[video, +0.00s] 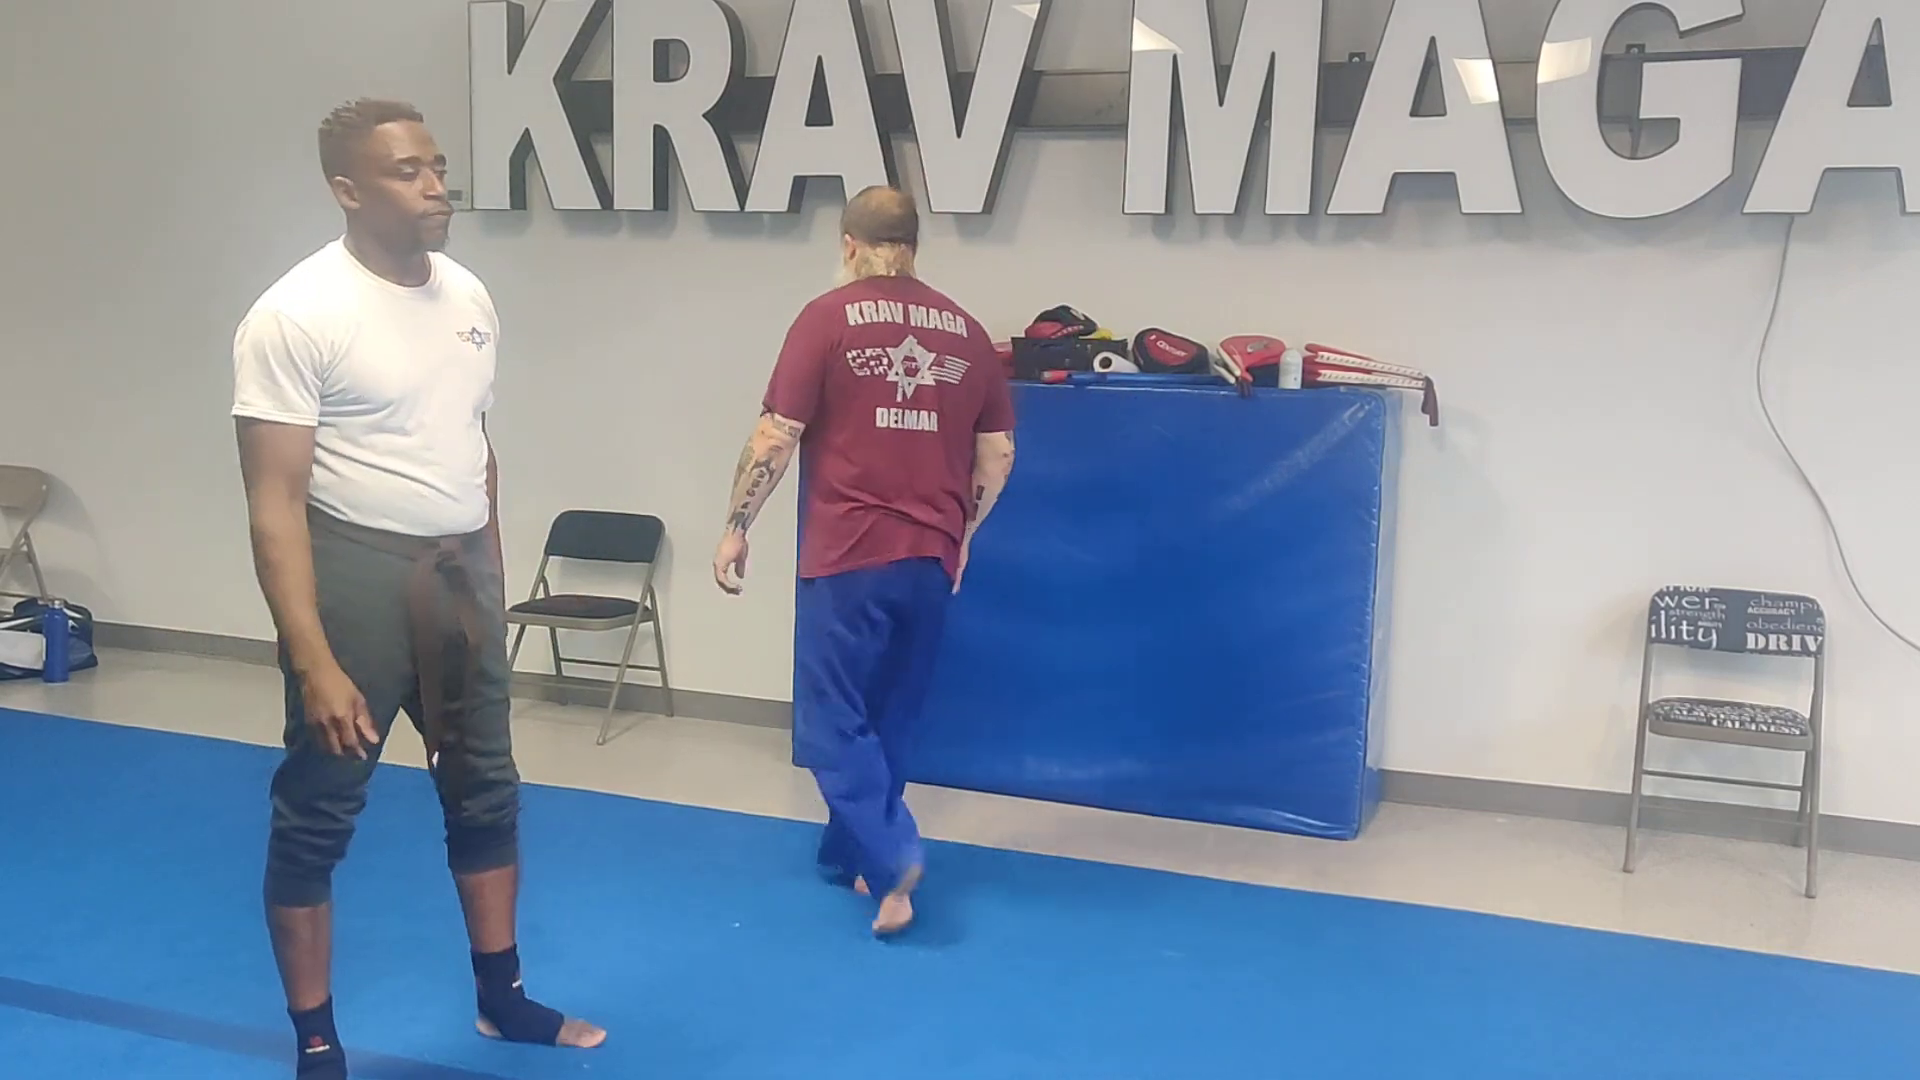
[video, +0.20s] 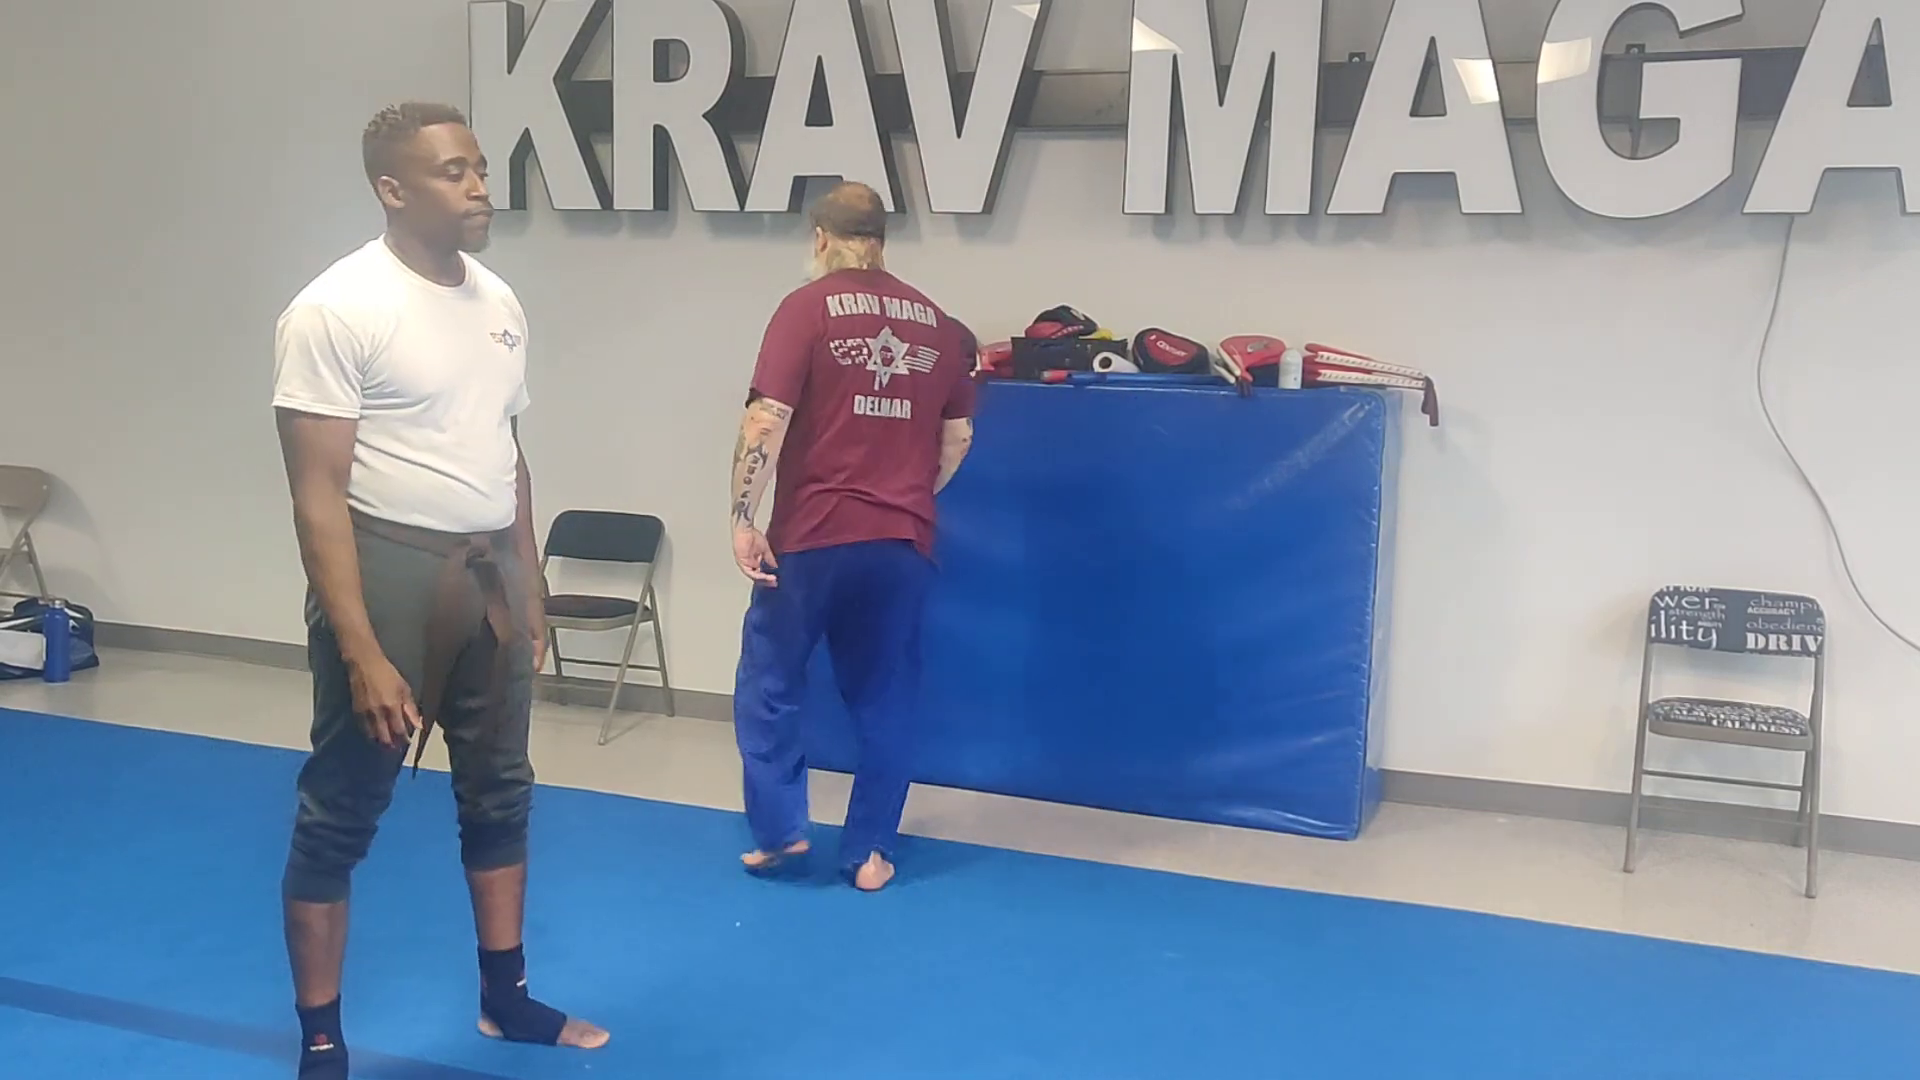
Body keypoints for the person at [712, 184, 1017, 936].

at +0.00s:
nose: (841, 255)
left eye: (842, 246)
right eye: (850, 245)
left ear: (851, 247)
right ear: (914, 248)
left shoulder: (828, 316)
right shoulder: (968, 330)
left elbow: (777, 436)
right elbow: (997, 451)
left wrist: (737, 526)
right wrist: (960, 532)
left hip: (847, 553)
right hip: (933, 555)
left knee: (831, 718)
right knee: (891, 710)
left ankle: (896, 859)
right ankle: (846, 851)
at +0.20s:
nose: (812, 252)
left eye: (812, 242)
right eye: (815, 242)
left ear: (823, 241)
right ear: (881, 242)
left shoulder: (808, 306)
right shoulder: (944, 327)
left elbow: (768, 416)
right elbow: (956, 437)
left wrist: (742, 516)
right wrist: (910, 497)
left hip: (815, 532)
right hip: (903, 536)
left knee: (768, 684)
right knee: (888, 694)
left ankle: (783, 831)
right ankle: (871, 852)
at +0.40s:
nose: (761, 267)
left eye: (761, 257)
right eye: (762, 257)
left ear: (772, 255)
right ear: (831, 256)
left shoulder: (763, 323)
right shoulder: (887, 326)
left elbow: (734, 433)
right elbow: (915, 436)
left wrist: (714, 529)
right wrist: (874, 499)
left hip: (787, 532)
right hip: (870, 533)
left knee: (757, 676)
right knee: (877, 684)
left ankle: (739, 803)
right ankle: (874, 841)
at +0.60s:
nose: (708, 267)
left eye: (708, 258)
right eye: (710, 258)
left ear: (718, 256)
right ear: (775, 251)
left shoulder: (711, 325)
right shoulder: (838, 316)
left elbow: (675, 437)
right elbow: (875, 424)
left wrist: (652, 518)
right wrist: (849, 487)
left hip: (744, 524)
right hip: (827, 521)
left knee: (731, 673)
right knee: (826, 662)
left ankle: (736, 807)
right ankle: (849, 764)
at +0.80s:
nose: (686, 260)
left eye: (685, 251)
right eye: (688, 251)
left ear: (694, 250)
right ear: (749, 248)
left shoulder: (684, 318)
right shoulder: (808, 314)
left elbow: (630, 429)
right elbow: (845, 420)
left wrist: (595, 474)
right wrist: (823, 486)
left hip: (718, 517)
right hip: (795, 513)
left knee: (713, 669)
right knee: (786, 646)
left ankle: (731, 809)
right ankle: (793, 776)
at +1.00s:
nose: (670, 277)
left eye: (670, 268)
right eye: (672, 267)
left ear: (682, 266)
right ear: (731, 262)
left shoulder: (676, 331)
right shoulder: (786, 330)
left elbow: (621, 433)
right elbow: (819, 432)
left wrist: (574, 483)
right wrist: (789, 495)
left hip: (693, 521)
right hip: (763, 520)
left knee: (696, 665)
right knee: (738, 656)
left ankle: (731, 795)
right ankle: (722, 782)